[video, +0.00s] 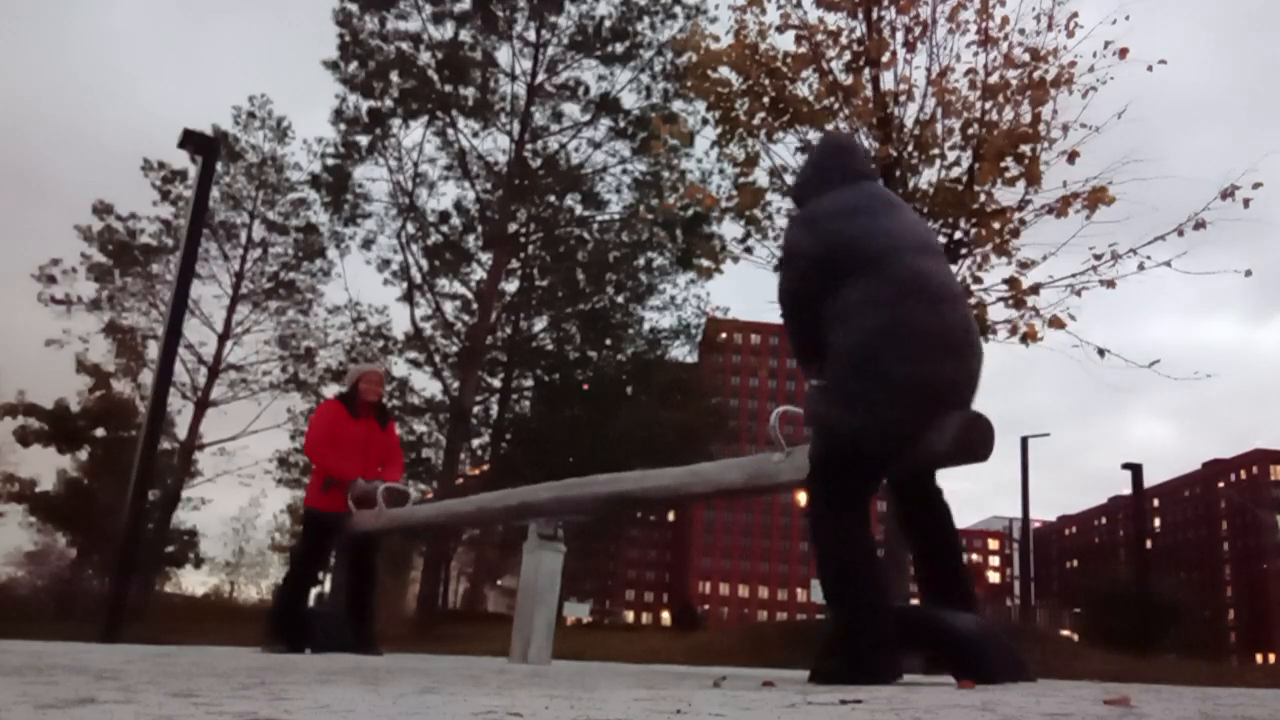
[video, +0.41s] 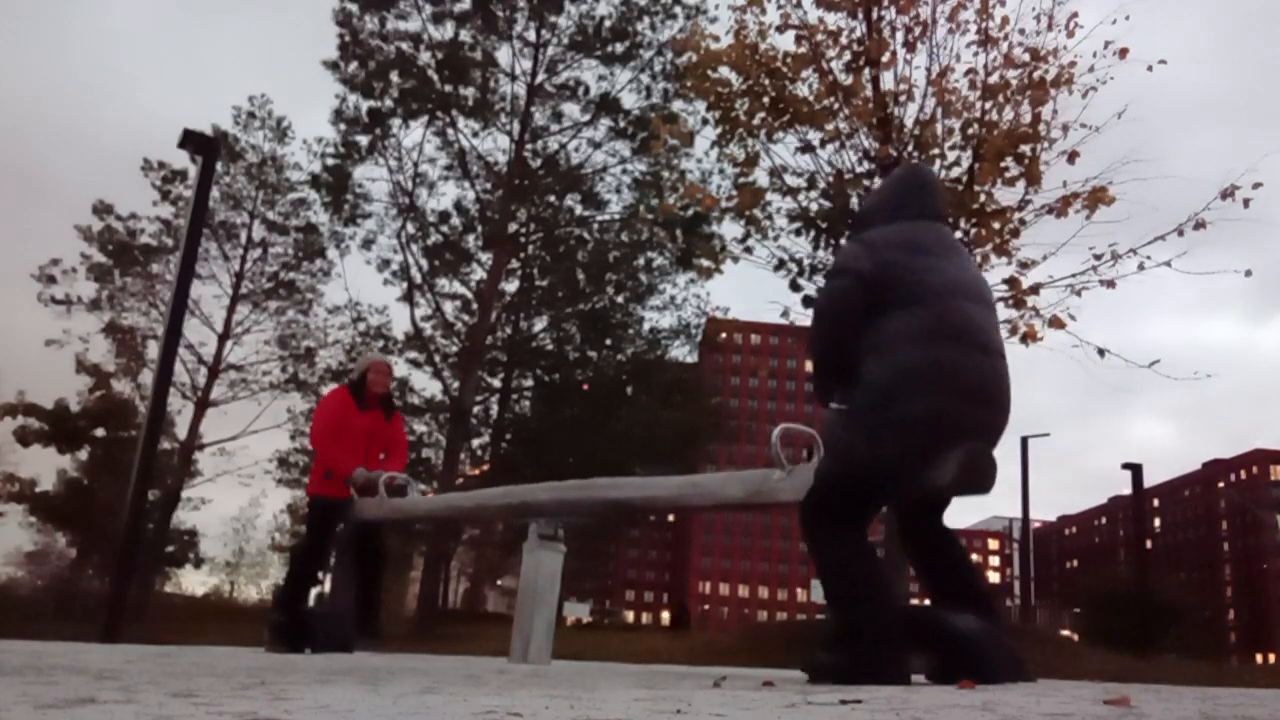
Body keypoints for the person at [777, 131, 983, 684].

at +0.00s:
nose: (797, 196)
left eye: (800, 188)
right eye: (798, 189)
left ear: (814, 181)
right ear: (860, 173)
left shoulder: (813, 219)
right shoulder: (897, 208)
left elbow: (796, 297)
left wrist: (817, 363)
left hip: (878, 366)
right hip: (952, 357)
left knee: (836, 498)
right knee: (915, 487)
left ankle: (861, 645)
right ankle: (960, 631)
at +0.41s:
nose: (861, 210)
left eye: (868, 202)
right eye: (865, 202)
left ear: (883, 205)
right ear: (928, 206)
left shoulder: (871, 246)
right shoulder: (955, 253)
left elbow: (832, 316)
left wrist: (833, 385)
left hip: (905, 403)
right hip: (980, 406)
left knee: (828, 513)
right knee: (919, 519)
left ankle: (868, 648)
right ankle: (985, 640)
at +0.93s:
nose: (854, 281)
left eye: (860, 274)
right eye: (857, 274)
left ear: (876, 272)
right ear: (922, 273)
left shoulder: (866, 313)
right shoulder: (947, 315)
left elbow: (834, 398)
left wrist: (835, 444)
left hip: (916, 455)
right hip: (994, 461)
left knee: (802, 538)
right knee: (934, 566)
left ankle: (867, 650)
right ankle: (990, 659)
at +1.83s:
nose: (841, 247)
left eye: (844, 239)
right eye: (843, 241)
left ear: (858, 231)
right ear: (907, 225)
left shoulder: (858, 265)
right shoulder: (934, 263)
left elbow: (836, 345)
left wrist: (840, 393)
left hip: (912, 397)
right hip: (989, 397)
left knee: (824, 505)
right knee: (923, 510)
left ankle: (858, 644)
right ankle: (980, 639)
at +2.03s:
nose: (849, 182)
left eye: (851, 173)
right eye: (852, 175)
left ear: (866, 161)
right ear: (913, 158)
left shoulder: (867, 189)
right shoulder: (946, 194)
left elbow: (846, 265)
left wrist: (833, 322)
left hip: (912, 322)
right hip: (985, 328)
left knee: (834, 442)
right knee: (917, 451)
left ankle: (856, 612)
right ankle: (968, 599)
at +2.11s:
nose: (852, 168)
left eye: (856, 159)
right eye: (853, 161)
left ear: (870, 147)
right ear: (918, 139)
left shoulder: (873, 174)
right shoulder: (946, 178)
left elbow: (844, 257)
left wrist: (834, 314)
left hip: (914, 310)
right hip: (985, 318)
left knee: (828, 412)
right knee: (911, 426)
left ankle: (857, 546)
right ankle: (959, 558)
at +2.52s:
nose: (869, 118)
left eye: (873, 107)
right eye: (869, 110)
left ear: (893, 93)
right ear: (930, 88)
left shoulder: (899, 120)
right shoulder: (966, 135)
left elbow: (851, 197)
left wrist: (810, 259)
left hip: (897, 271)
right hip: (965, 282)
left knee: (828, 360)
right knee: (909, 386)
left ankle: (840, 492)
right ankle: (940, 520)